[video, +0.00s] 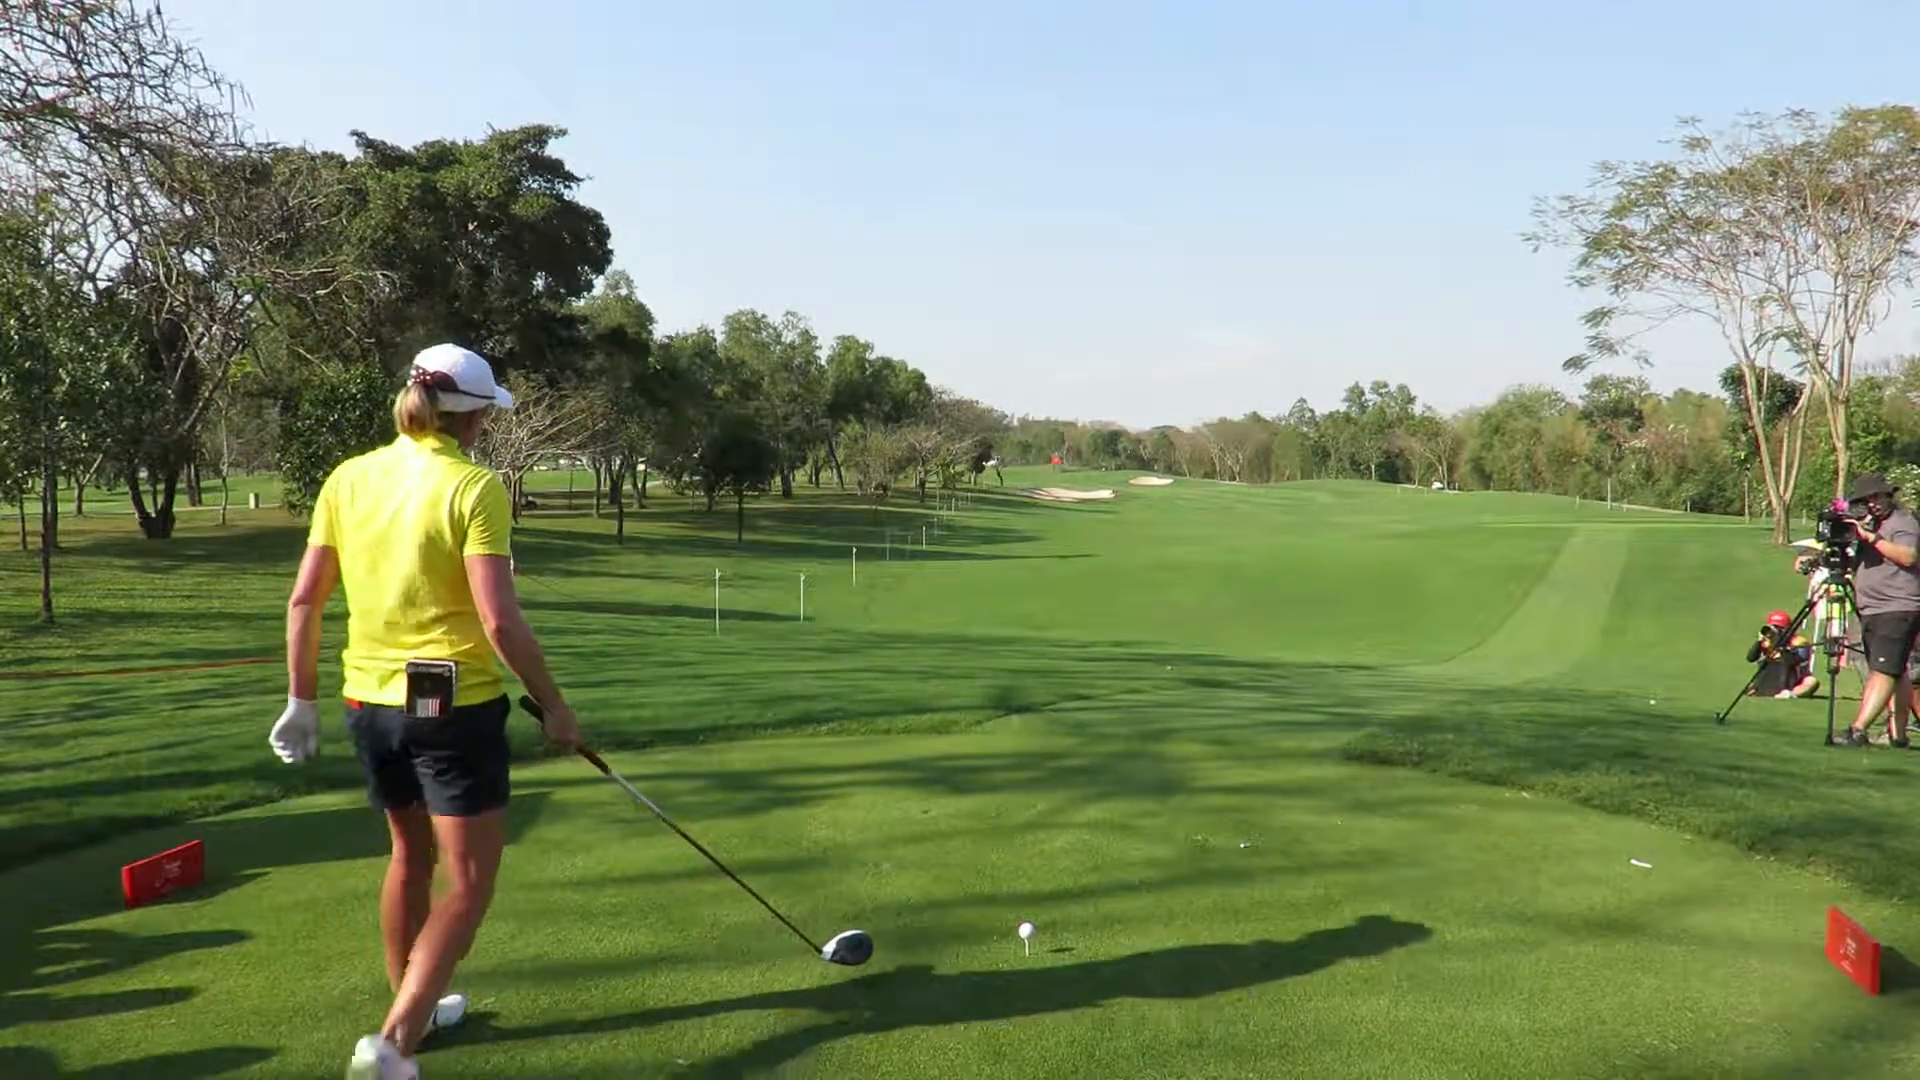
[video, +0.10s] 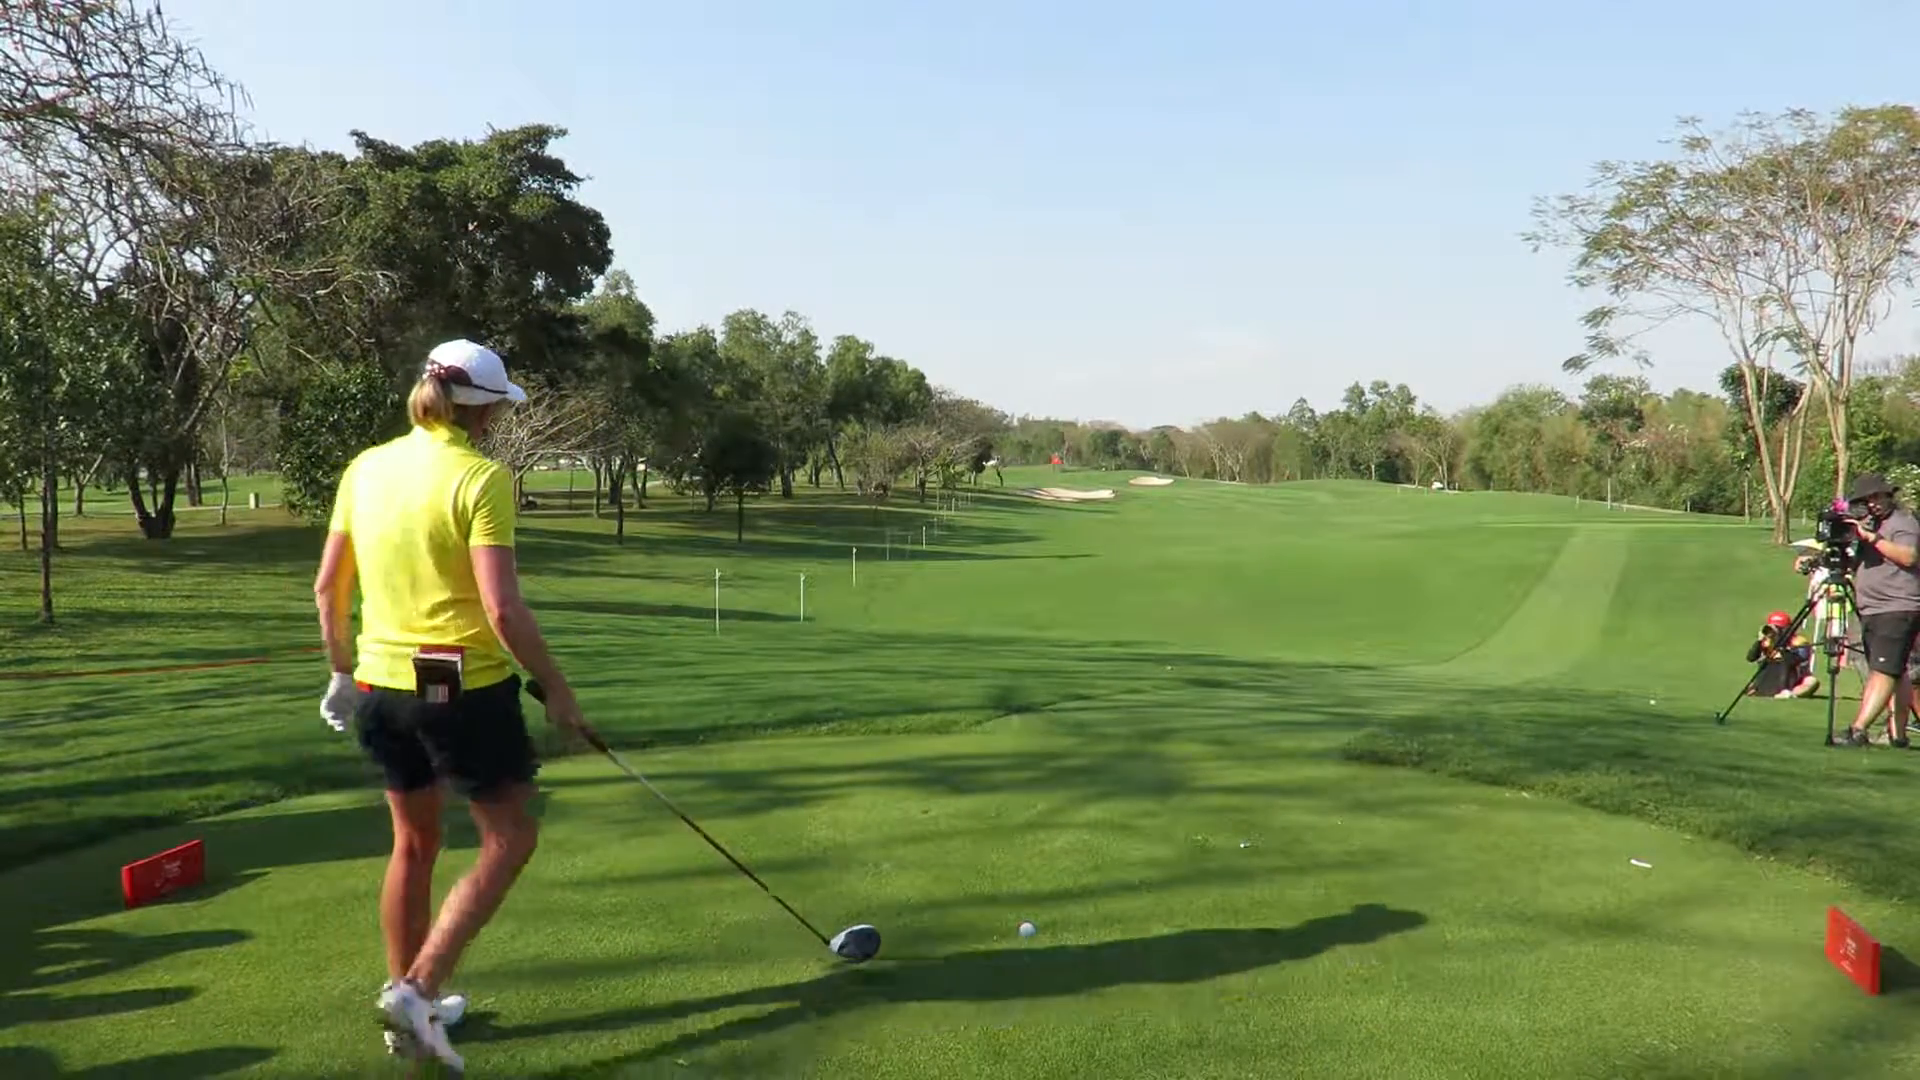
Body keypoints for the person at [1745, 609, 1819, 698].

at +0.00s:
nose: (1774, 632)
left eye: (1778, 629)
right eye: (1771, 629)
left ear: (1786, 629)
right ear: (1769, 628)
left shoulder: (1799, 642)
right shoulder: (1768, 642)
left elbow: (1800, 657)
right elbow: (1751, 658)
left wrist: (1783, 654)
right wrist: (1759, 642)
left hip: (1793, 679)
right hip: (1771, 677)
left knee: (1812, 681)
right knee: (1750, 688)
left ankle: (1791, 694)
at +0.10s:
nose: (1772, 634)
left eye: (1776, 630)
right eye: (1770, 630)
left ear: (1785, 630)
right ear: (1769, 629)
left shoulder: (1799, 642)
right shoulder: (1769, 642)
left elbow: (1800, 658)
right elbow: (1751, 658)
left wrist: (1783, 654)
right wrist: (1760, 642)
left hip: (1794, 678)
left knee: (1812, 681)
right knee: (1751, 688)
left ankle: (1791, 694)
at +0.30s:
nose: (1772, 634)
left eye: (1777, 630)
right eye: (1770, 630)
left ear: (1786, 630)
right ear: (1767, 629)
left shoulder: (1799, 643)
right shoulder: (1769, 642)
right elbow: (1750, 657)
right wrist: (1759, 641)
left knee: (1812, 680)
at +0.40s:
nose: (1772, 634)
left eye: (1776, 631)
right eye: (1770, 630)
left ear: (1785, 630)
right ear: (1767, 630)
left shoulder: (1799, 643)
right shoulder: (1769, 642)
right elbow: (1750, 657)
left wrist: (1793, 693)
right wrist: (1759, 641)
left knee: (1812, 680)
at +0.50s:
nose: (1772, 634)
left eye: (1776, 630)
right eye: (1770, 630)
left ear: (1785, 630)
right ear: (1768, 629)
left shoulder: (1800, 642)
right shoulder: (1770, 642)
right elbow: (1751, 657)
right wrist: (1759, 641)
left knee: (1812, 680)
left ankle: (1792, 693)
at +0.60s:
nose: (1771, 633)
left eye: (1776, 630)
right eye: (1770, 630)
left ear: (1785, 630)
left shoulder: (1800, 643)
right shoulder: (1770, 641)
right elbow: (1751, 656)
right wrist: (1759, 640)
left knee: (1813, 679)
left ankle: (1792, 693)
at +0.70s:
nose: (1772, 633)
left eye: (1776, 630)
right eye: (1770, 630)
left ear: (1785, 629)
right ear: (1768, 628)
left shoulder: (1800, 642)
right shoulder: (1770, 641)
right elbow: (1751, 656)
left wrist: (1784, 653)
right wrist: (1759, 640)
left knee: (1813, 679)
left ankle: (1792, 692)